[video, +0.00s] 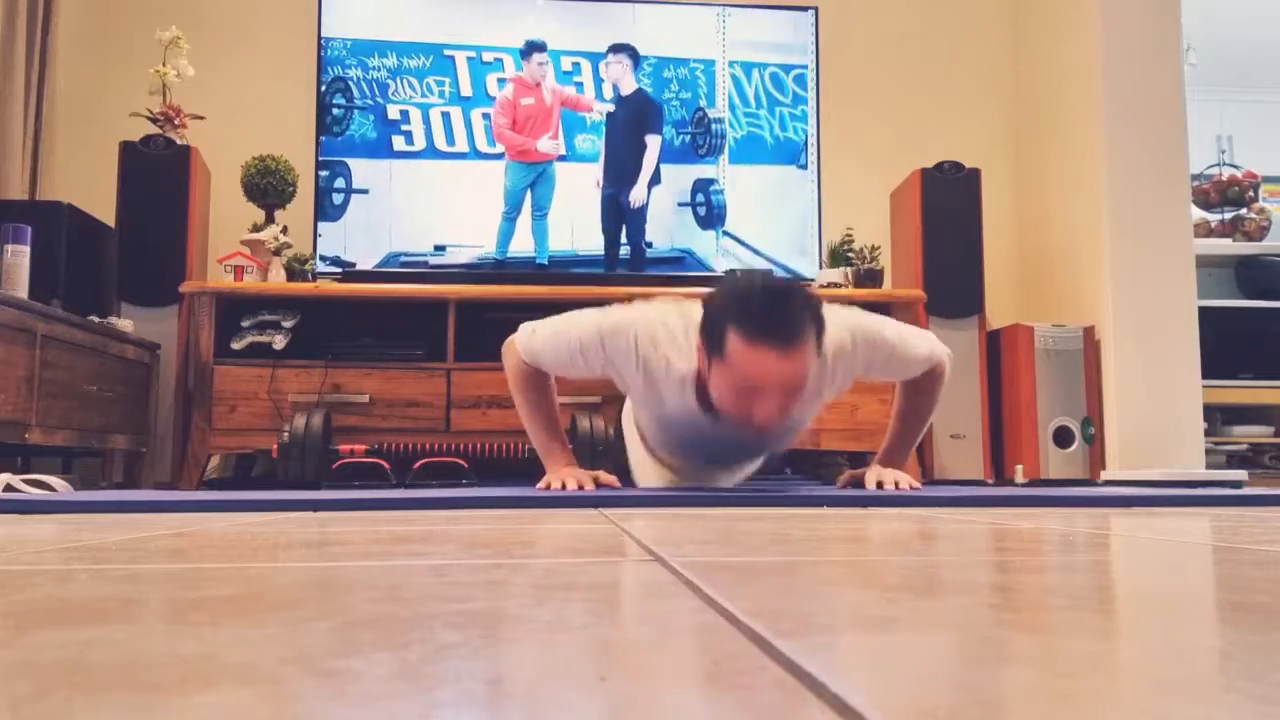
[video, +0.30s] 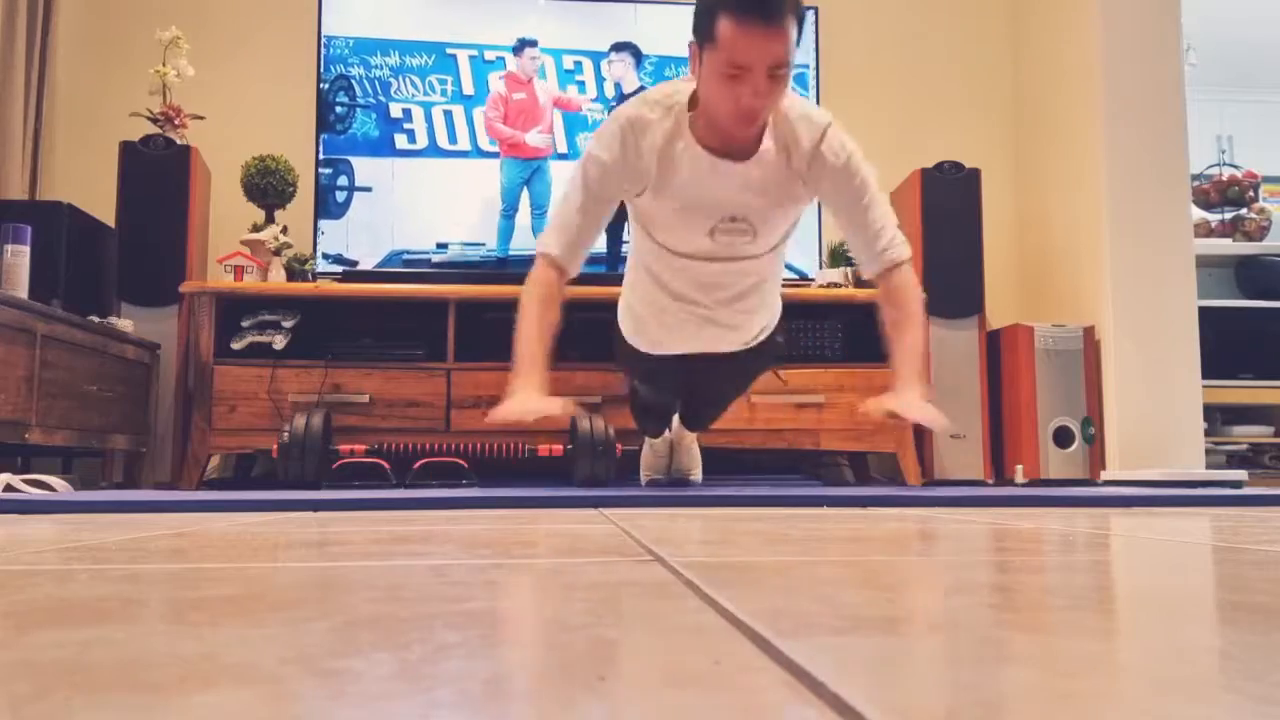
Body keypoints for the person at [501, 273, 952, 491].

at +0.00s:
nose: (768, 411)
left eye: (787, 392)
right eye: (748, 391)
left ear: (813, 362)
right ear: (705, 359)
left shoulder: (838, 341)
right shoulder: (640, 339)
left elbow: (932, 360)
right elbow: (519, 352)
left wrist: (889, 462)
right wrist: (559, 463)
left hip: (750, 470)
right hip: (650, 469)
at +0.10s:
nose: (761, 294)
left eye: (781, 274)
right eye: (742, 271)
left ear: (802, 259)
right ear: (701, 253)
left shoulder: (835, 277)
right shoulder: (633, 269)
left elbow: (920, 353)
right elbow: (527, 351)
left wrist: (891, 459)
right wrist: (560, 463)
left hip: (747, 421)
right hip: (656, 413)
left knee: (718, 450)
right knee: (663, 444)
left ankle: (695, 460)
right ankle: (667, 462)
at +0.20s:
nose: (755, 150)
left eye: (774, 129)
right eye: (736, 127)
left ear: (791, 124)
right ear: (697, 111)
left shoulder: (819, 181)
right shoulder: (635, 172)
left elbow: (871, 315)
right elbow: (581, 310)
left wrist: (886, 452)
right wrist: (565, 452)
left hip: (749, 346)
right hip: (652, 341)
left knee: (705, 416)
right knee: (653, 413)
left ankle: (686, 440)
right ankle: (656, 440)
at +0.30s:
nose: (756, 98)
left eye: (775, 75)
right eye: (735, 74)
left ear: (791, 69)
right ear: (694, 61)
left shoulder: (817, 143)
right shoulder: (637, 130)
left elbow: (893, 263)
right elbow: (552, 262)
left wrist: (908, 386)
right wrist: (527, 387)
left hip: (745, 329)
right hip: (652, 323)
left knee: (701, 409)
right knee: (654, 406)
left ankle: (685, 435)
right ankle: (656, 441)